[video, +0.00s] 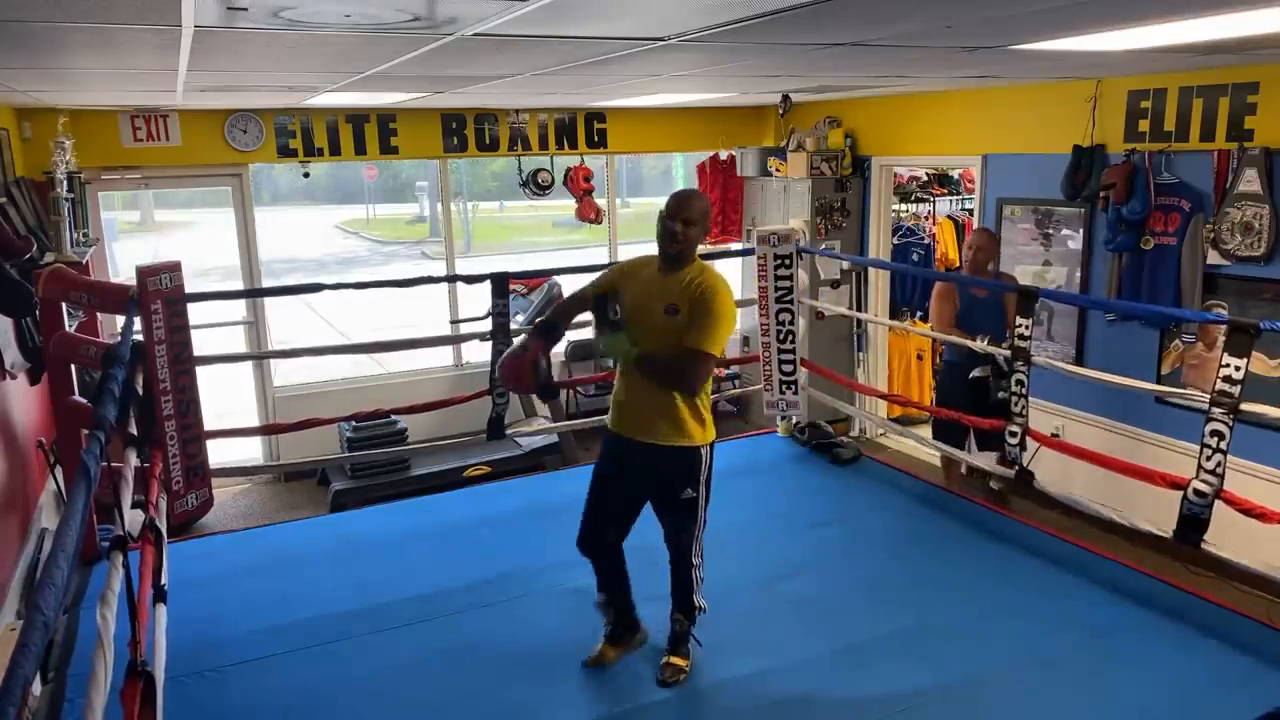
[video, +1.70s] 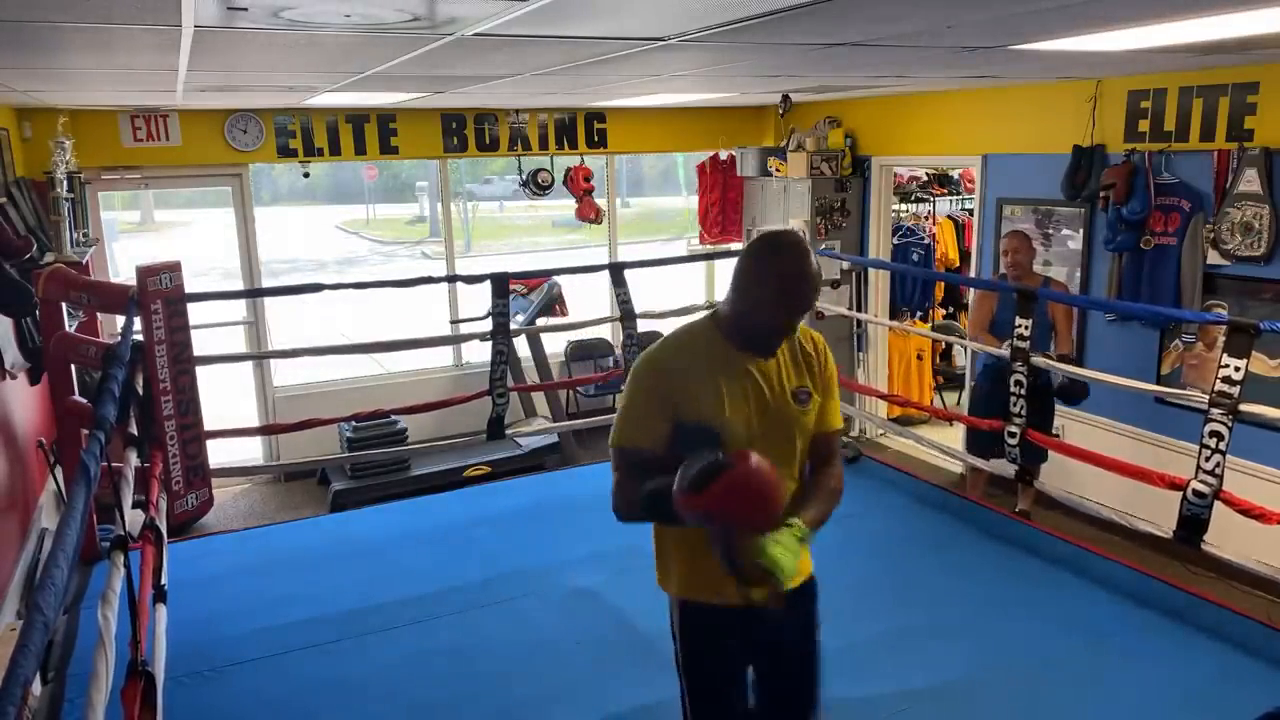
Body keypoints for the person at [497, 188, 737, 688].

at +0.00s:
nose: (673, 228)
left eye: (686, 222)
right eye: (668, 218)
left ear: (706, 233)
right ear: (658, 221)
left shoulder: (712, 292)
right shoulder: (629, 274)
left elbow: (692, 377)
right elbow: (571, 307)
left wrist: (627, 349)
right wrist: (532, 346)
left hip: (682, 445)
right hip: (625, 437)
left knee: (682, 551)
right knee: (597, 539)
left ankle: (680, 646)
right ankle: (624, 629)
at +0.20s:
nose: (660, 241)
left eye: (672, 233)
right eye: (653, 230)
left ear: (687, 240)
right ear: (638, 231)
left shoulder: (703, 301)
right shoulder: (605, 288)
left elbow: (698, 389)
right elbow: (573, 364)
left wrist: (628, 367)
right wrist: (571, 407)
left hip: (680, 460)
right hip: (616, 455)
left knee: (683, 563)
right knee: (605, 573)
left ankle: (679, 643)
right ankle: (595, 689)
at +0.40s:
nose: (633, 243)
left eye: (643, 234)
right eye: (623, 233)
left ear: (656, 239)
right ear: (606, 238)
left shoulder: (688, 301)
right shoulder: (575, 306)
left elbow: (723, 374)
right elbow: (560, 389)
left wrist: (692, 419)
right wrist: (582, 450)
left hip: (672, 471)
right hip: (604, 471)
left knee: (677, 572)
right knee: (598, 588)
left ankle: (678, 642)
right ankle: (595, 690)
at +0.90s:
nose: (674, 274)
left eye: (684, 262)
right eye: (663, 261)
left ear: (694, 263)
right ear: (637, 260)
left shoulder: (709, 324)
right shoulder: (588, 335)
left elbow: (719, 394)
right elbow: (557, 432)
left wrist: (746, 458)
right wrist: (548, 526)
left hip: (689, 510)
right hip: (609, 519)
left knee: (702, 639)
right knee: (598, 629)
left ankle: (707, 715)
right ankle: (596, 699)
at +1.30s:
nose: (762, 270)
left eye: (773, 259)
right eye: (751, 256)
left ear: (780, 264)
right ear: (717, 249)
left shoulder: (778, 339)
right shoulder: (646, 328)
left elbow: (778, 432)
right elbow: (594, 432)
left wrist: (777, 508)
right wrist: (589, 521)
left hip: (731, 533)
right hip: (654, 536)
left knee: (725, 679)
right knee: (664, 689)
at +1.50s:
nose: (789, 307)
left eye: (797, 294)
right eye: (783, 292)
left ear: (800, 288)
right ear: (748, 275)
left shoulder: (797, 353)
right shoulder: (659, 344)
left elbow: (802, 464)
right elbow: (612, 455)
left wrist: (758, 525)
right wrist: (671, 497)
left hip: (755, 563)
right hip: (683, 567)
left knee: (733, 697)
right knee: (704, 709)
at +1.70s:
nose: (792, 331)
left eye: (802, 318)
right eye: (783, 319)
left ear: (808, 304)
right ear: (744, 296)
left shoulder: (809, 352)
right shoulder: (664, 367)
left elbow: (827, 467)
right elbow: (627, 498)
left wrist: (797, 529)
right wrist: (701, 497)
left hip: (792, 589)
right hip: (707, 599)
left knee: (795, 709)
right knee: (716, 712)